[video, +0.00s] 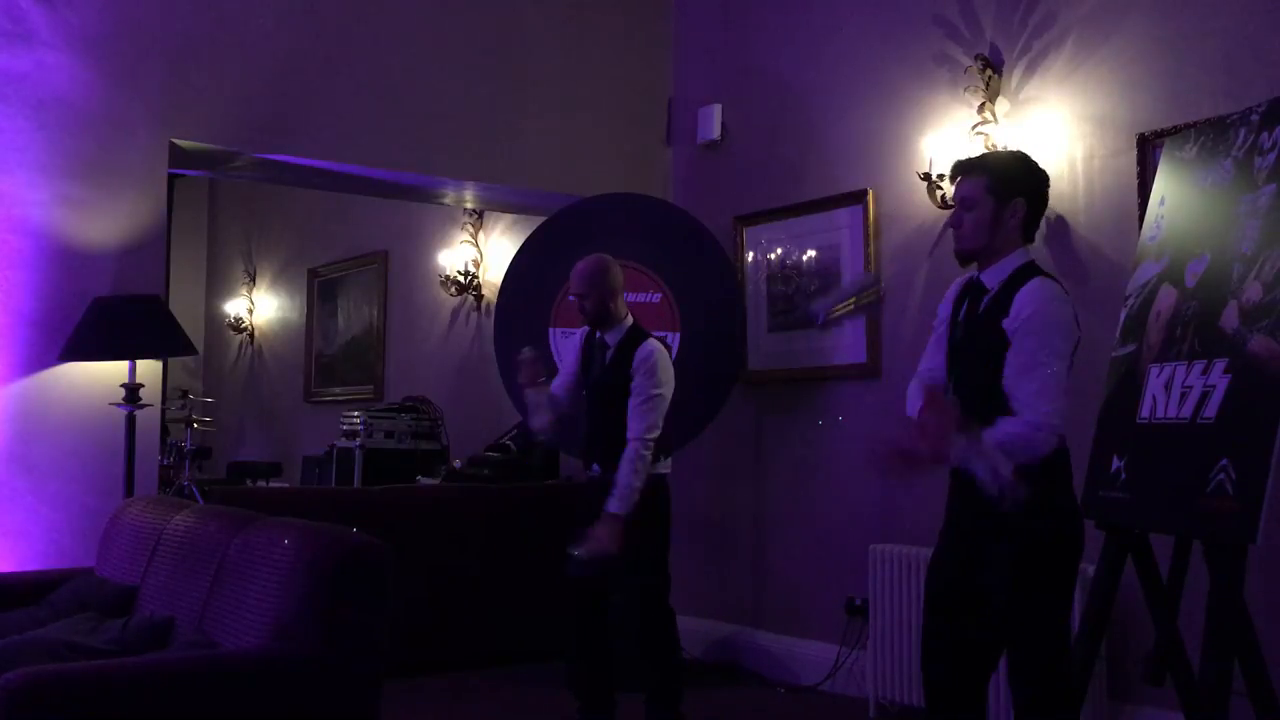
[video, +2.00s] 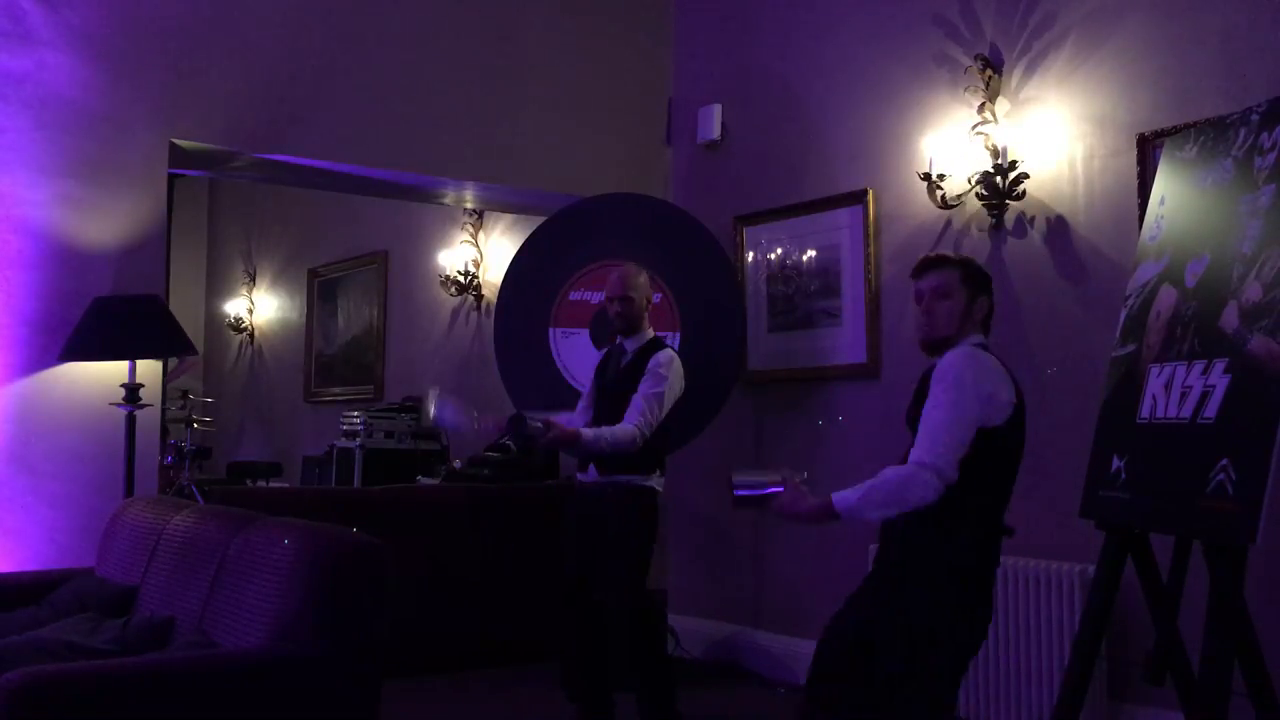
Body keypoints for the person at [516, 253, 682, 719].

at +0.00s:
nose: (574, 305)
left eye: (581, 297)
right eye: (572, 296)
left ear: (609, 297)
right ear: (588, 298)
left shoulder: (650, 354)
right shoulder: (585, 346)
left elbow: (641, 446)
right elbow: (553, 418)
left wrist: (613, 518)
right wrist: (535, 392)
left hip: (640, 493)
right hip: (594, 488)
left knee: (645, 608)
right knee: (592, 603)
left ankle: (662, 706)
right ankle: (594, 703)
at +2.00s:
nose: (617, 309)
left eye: (627, 301)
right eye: (611, 301)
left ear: (649, 304)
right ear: (606, 306)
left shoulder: (664, 361)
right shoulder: (607, 361)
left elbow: (636, 432)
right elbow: (582, 423)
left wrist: (574, 437)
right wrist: (544, 431)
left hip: (636, 494)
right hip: (595, 490)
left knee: (631, 600)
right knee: (591, 597)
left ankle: (643, 698)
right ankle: (592, 697)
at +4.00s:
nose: (621, 287)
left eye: (631, 280)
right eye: (615, 279)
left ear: (647, 289)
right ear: (605, 287)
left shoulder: (667, 343)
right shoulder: (592, 347)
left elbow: (689, 404)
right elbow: (569, 428)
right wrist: (573, 420)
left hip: (654, 489)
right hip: (601, 490)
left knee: (657, 601)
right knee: (594, 601)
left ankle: (677, 705)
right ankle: (589, 704)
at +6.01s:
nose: (597, 289)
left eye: (607, 281)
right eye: (597, 280)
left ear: (631, 290)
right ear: (597, 285)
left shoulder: (650, 349)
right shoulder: (588, 341)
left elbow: (602, 400)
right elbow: (537, 385)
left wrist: (558, 338)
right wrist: (515, 329)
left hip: (624, 491)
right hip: (578, 487)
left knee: (629, 602)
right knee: (571, 602)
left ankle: (659, 705)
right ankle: (575, 702)